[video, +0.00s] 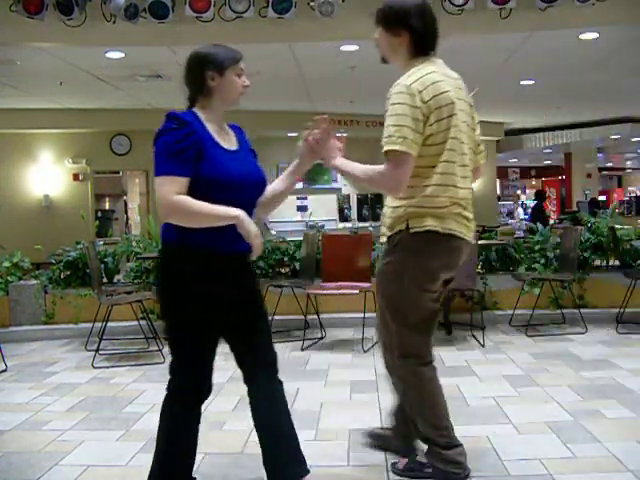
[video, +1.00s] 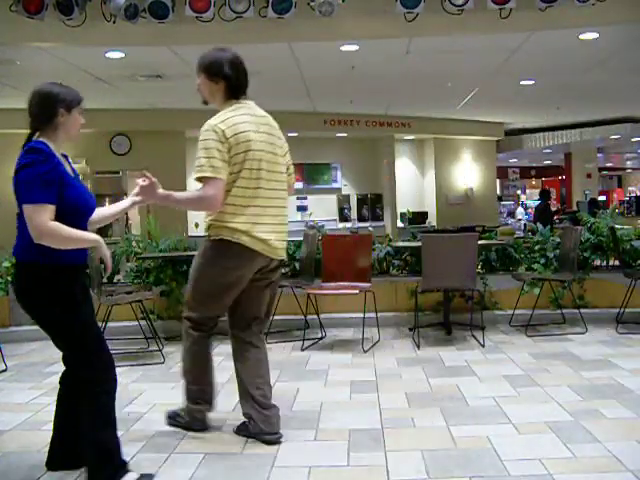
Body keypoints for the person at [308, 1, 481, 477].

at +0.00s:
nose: (377, 43)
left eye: (381, 33)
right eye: (377, 34)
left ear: (403, 36)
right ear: (417, 36)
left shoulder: (409, 87)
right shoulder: (456, 87)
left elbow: (393, 178)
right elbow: (476, 169)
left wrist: (337, 162)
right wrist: (427, 186)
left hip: (419, 235)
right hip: (453, 235)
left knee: (404, 346)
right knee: (404, 336)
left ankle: (445, 458)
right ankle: (402, 432)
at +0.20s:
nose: (339, 61)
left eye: (344, 53)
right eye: (341, 52)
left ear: (364, 57)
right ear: (380, 58)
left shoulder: (376, 111)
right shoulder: (412, 105)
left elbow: (357, 199)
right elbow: (417, 186)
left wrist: (294, 179)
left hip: (388, 246)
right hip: (415, 245)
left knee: (377, 360)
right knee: (347, 336)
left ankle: (444, 454)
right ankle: (297, 407)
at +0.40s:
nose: (297, 62)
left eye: (301, 54)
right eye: (299, 54)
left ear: (320, 60)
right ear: (338, 61)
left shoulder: (328, 111)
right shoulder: (368, 108)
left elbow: (319, 196)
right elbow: (390, 182)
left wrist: (258, 191)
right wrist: (337, 185)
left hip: (343, 243)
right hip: (371, 241)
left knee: (363, 351)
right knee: (319, 340)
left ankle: (439, 445)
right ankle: (274, 421)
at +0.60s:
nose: (256, 61)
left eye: (260, 53)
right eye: (258, 52)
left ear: (279, 56)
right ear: (296, 57)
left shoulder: (280, 104)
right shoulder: (324, 103)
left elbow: (276, 182)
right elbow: (343, 172)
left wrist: (224, 182)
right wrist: (296, 173)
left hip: (292, 234)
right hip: (321, 234)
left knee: (306, 330)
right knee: (288, 329)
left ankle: (385, 418)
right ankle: (268, 421)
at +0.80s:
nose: (223, 69)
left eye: (227, 62)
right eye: (224, 62)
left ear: (244, 65)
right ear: (261, 66)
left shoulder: (247, 111)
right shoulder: (292, 109)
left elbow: (244, 186)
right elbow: (309, 174)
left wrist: (189, 186)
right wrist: (266, 178)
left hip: (262, 233)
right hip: (296, 235)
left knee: (235, 319)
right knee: (265, 326)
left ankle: (294, 405)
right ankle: (265, 421)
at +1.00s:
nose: (198, 88)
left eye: (201, 80)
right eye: (198, 80)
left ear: (218, 82)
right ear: (236, 82)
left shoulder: (218, 126)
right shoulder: (270, 124)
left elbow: (212, 198)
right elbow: (287, 184)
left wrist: (162, 196)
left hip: (232, 243)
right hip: (271, 247)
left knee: (199, 322)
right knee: (249, 333)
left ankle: (197, 410)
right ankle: (263, 422)